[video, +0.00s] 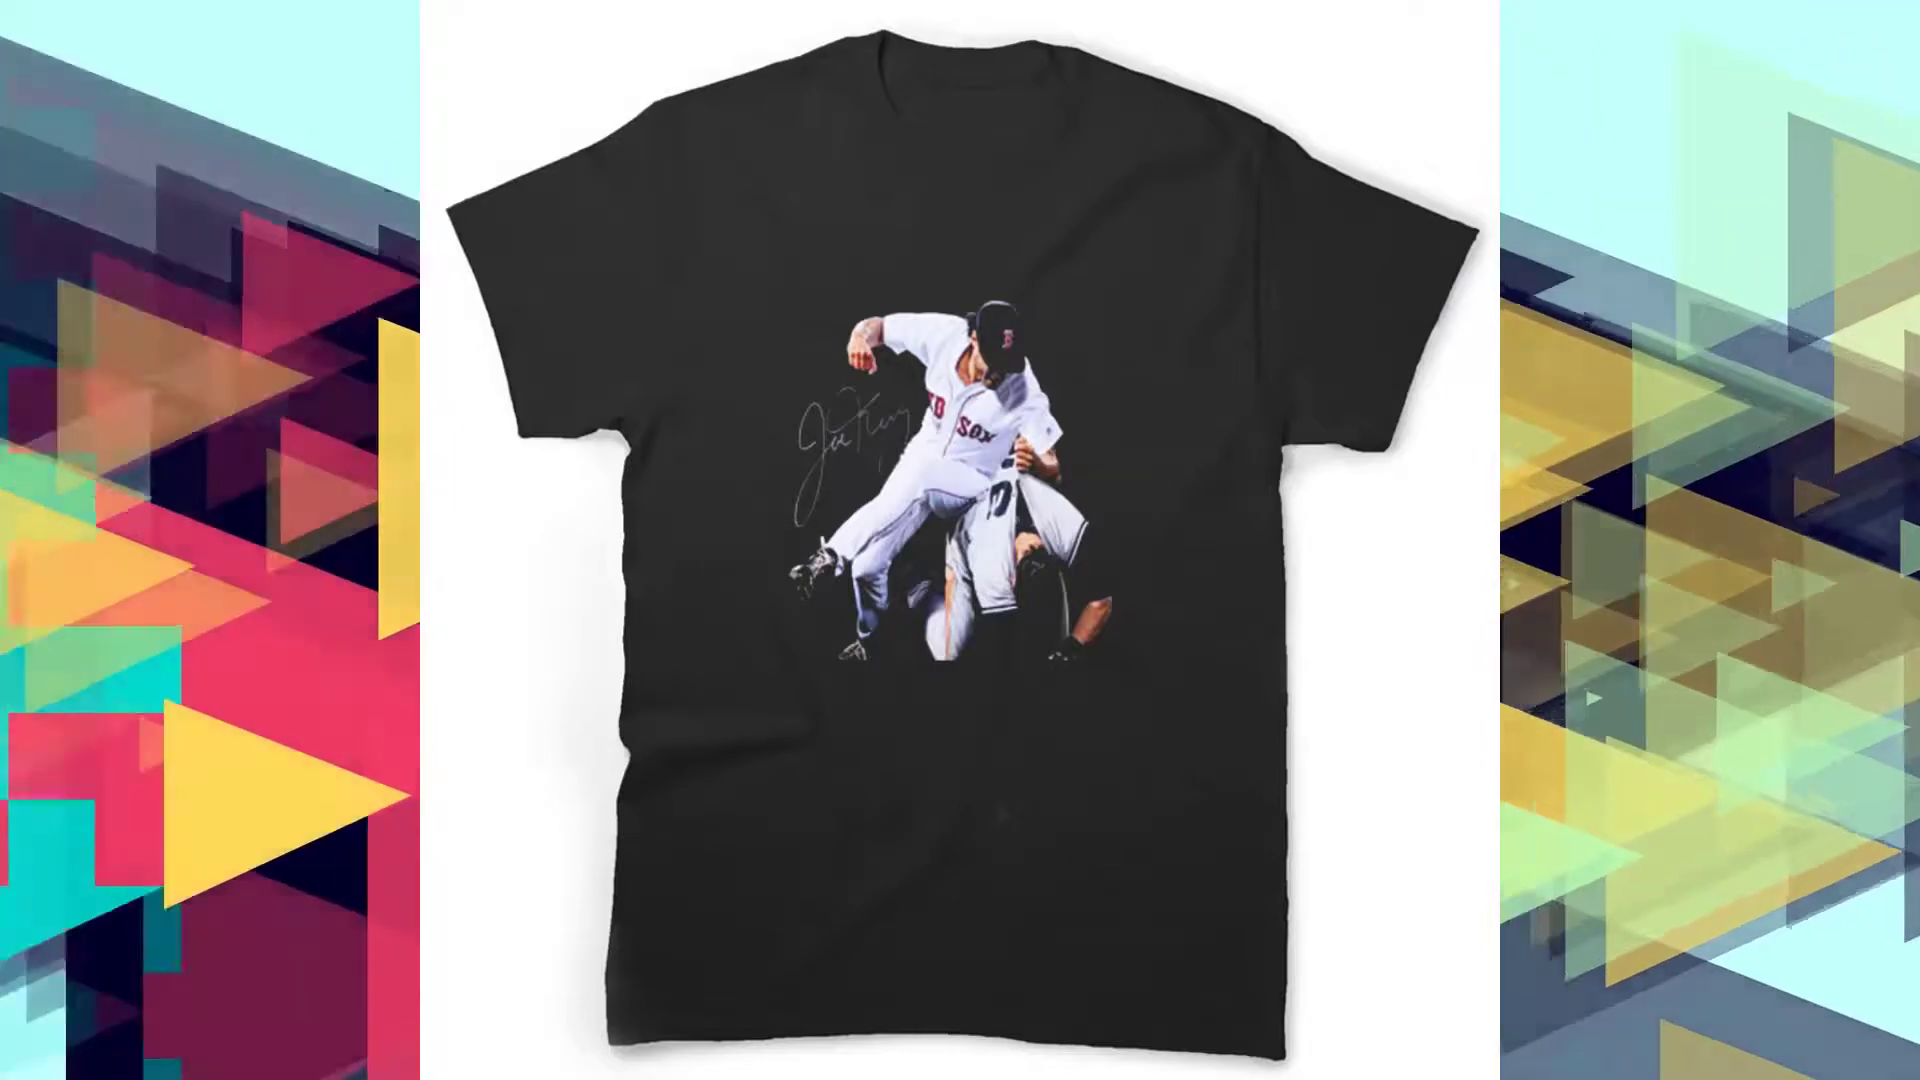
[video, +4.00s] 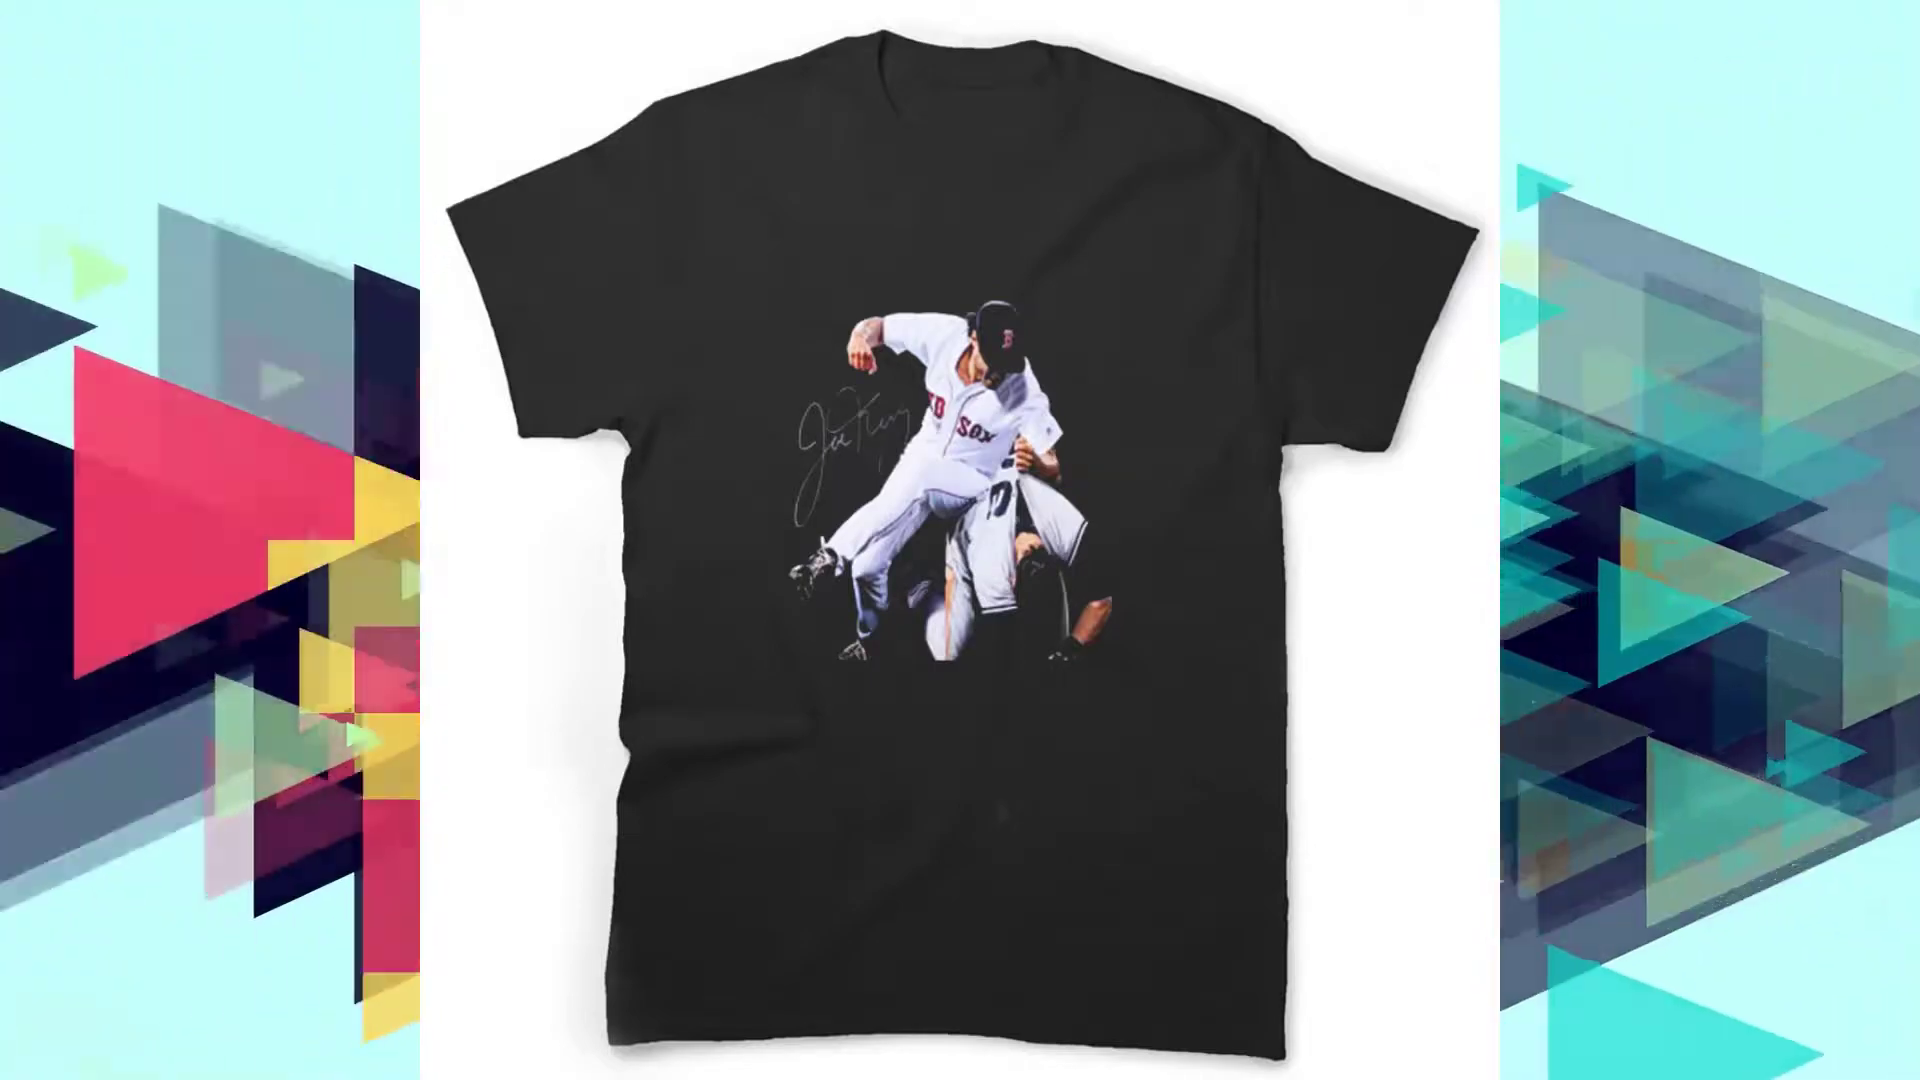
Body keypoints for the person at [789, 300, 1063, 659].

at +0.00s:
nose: (997, 374)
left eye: (1006, 367)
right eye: (991, 364)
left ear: (1017, 354)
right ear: (973, 341)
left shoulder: (1023, 389)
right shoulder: (946, 334)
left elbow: (1054, 468)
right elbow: (878, 327)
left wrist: (1038, 463)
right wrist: (861, 338)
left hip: (978, 482)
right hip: (922, 460)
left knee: (920, 476)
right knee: (867, 566)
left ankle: (828, 560)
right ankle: (871, 641)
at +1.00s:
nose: (997, 374)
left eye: (1006, 367)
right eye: (991, 364)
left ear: (1017, 354)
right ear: (973, 341)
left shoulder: (1023, 389)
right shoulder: (946, 334)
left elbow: (1054, 468)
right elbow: (878, 327)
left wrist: (1038, 463)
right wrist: (861, 338)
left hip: (979, 482)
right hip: (922, 460)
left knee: (920, 476)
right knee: (867, 566)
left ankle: (828, 560)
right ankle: (871, 642)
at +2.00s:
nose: (997, 374)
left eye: (1006, 367)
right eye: (991, 364)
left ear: (1017, 354)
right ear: (973, 341)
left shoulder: (1023, 389)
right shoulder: (946, 334)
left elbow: (1054, 468)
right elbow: (878, 327)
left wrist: (1038, 463)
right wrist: (861, 338)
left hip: (979, 482)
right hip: (922, 460)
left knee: (920, 476)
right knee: (867, 566)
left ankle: (828, 560)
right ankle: (871, 642)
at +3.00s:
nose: (997, 374)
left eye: (1006, 367)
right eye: (992, 365)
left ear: (1017, 354)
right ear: (973, 341)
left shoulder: (1024, 390)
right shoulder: (946, 334)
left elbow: (1053, 468)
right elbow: (877, 327)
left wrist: (1038, 463)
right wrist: (861, 339)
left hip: (978, 482)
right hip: (922, 460)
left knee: (920, 477)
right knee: (867, 566)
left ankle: (828, 560)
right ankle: (871, 641)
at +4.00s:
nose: (997, 374)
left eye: (1006, 367)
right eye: (991, 364)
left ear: (1017, 354)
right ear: (973, 341)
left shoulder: (1023, 389)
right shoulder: (946, 334)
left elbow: (1054, 468)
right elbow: (878, 327)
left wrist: (1038, 463)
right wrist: (861, 339)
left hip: (979, 482)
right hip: (922, 460)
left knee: (920, 476)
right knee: (867, 566)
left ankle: (829, 559)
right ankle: (871, 641)